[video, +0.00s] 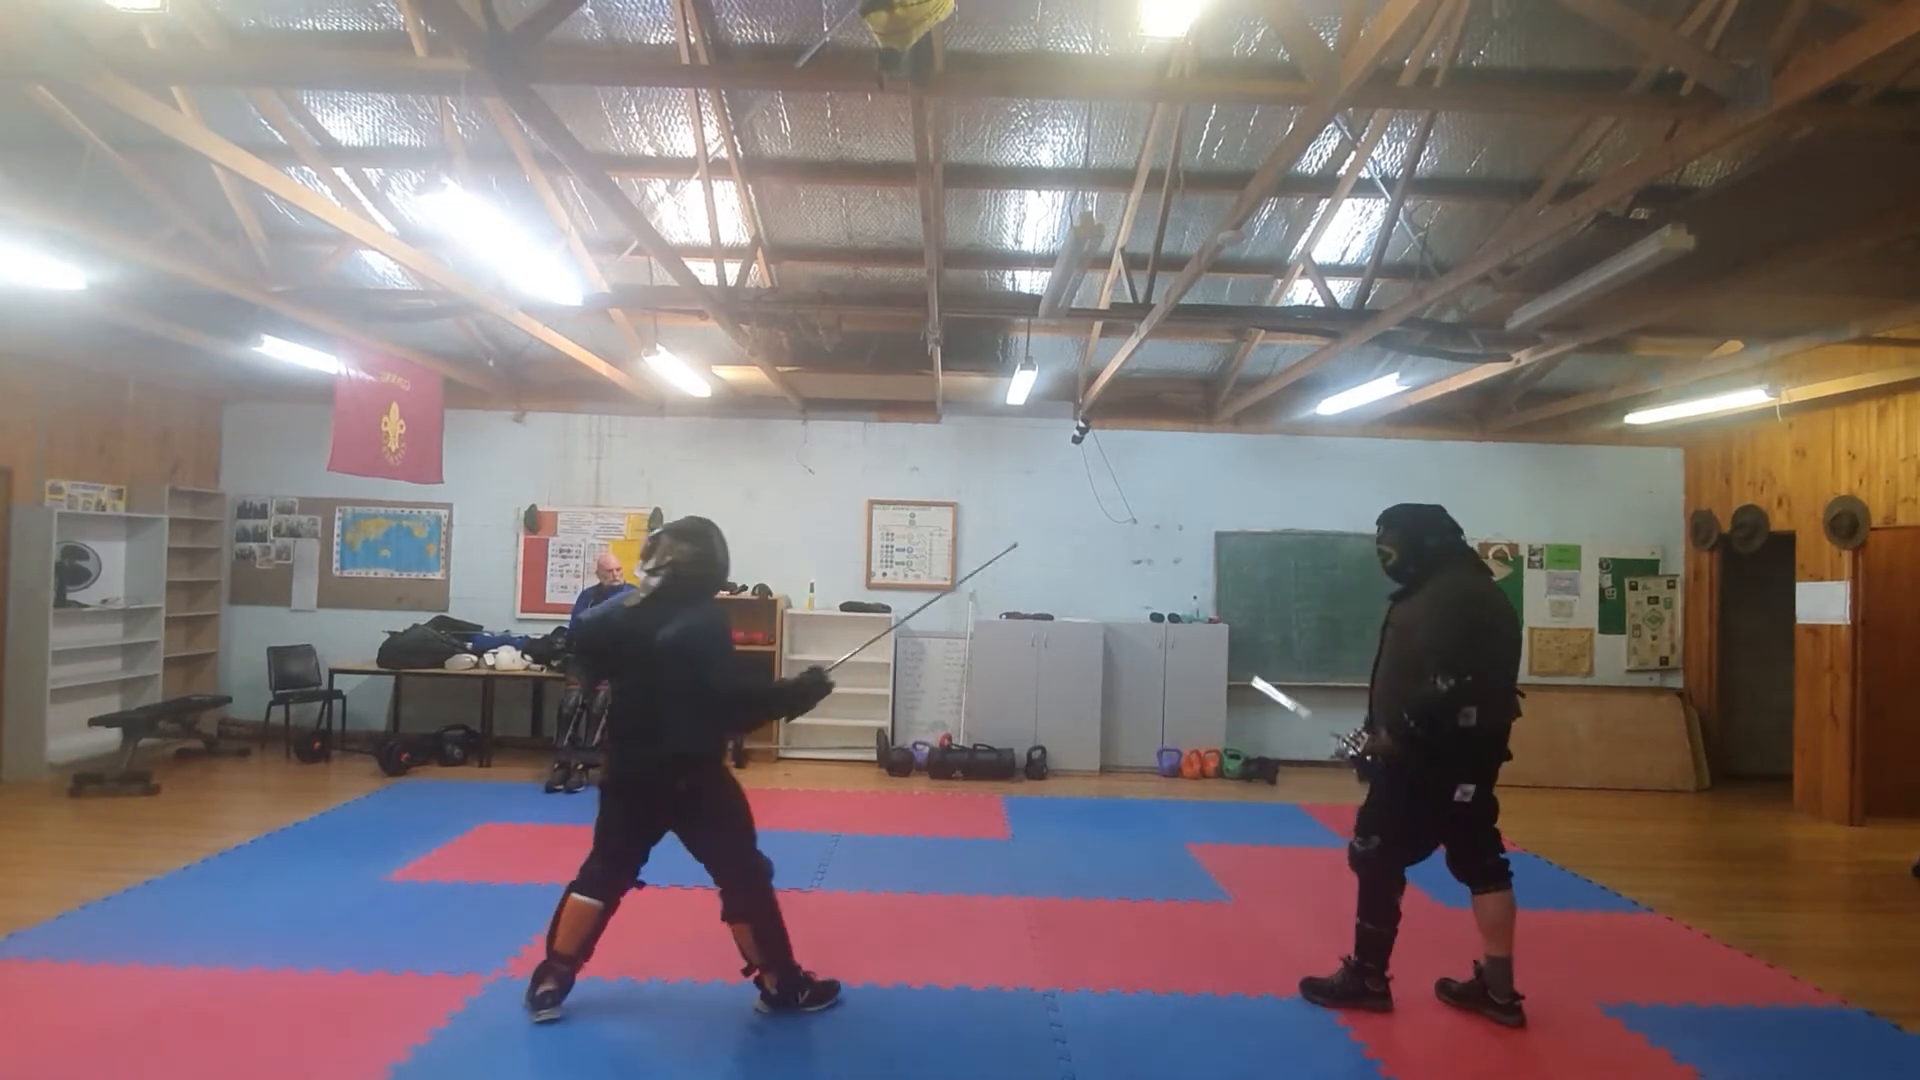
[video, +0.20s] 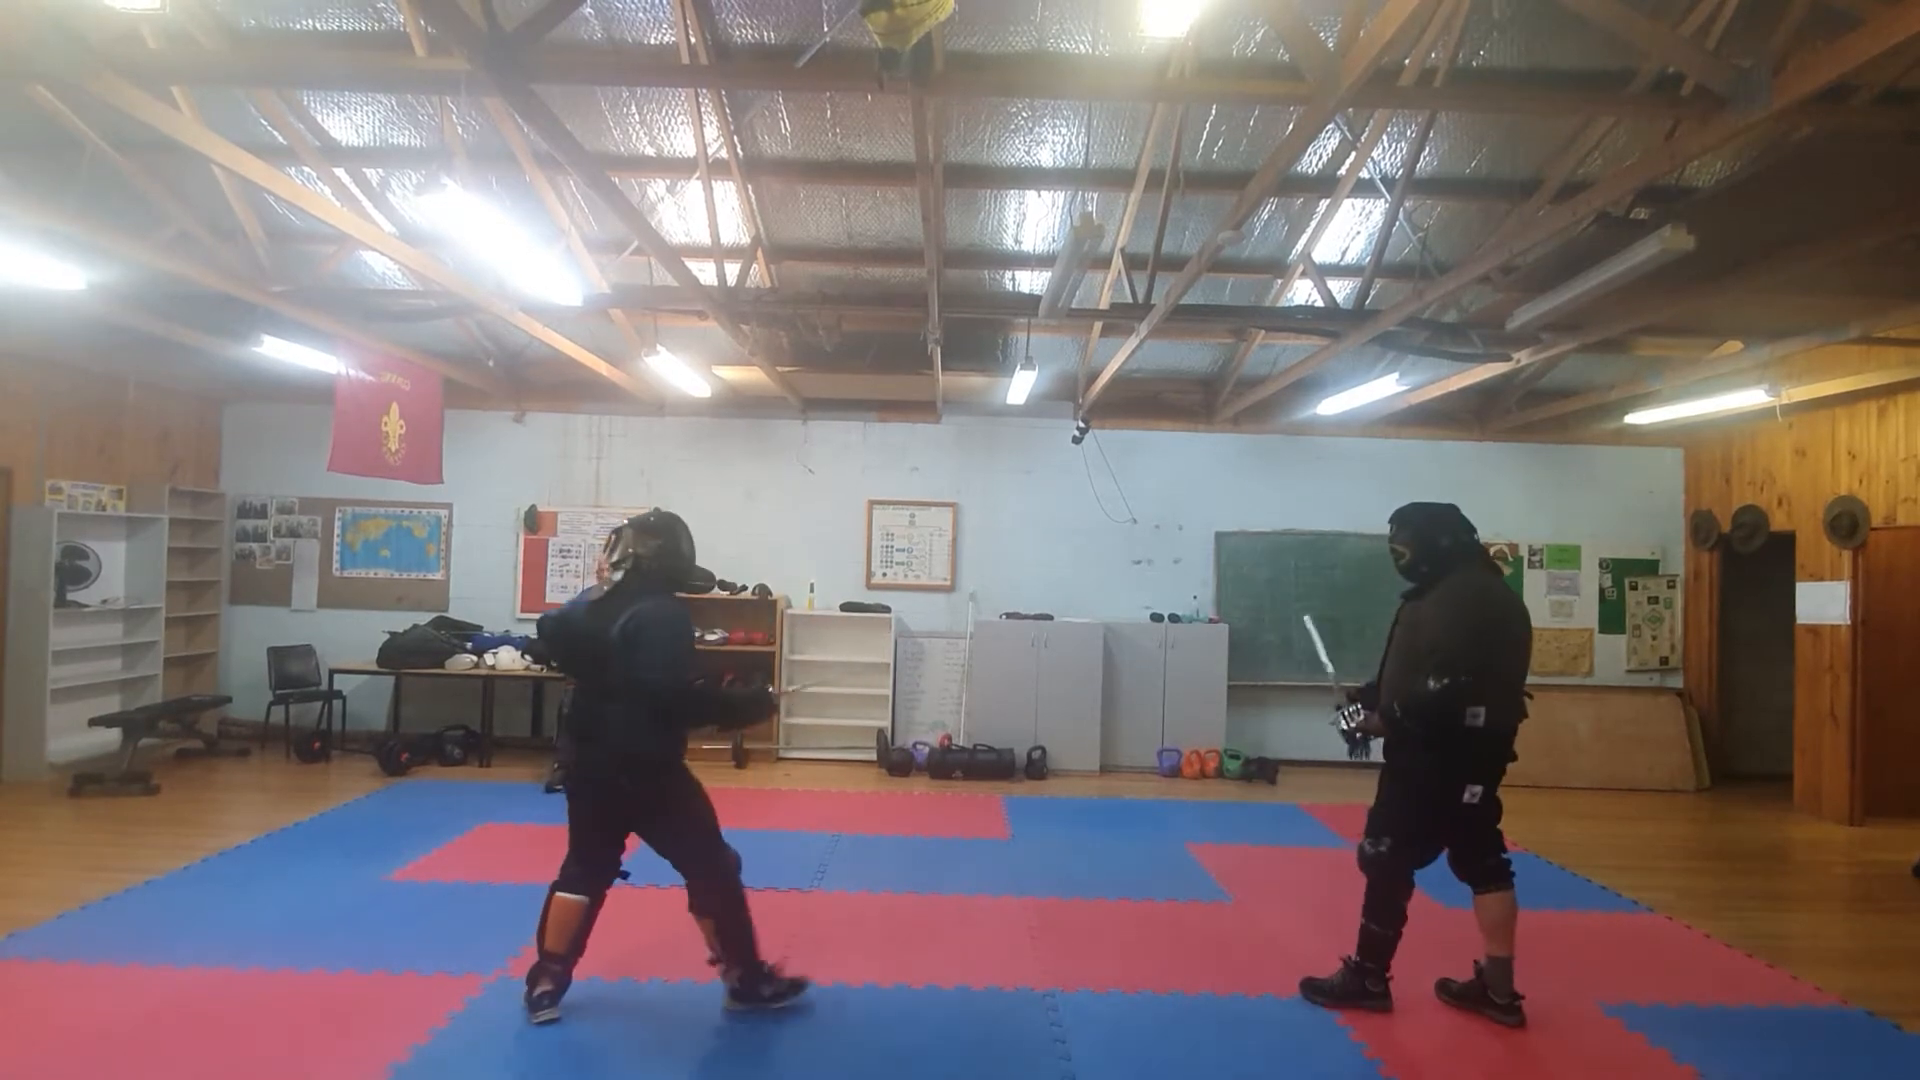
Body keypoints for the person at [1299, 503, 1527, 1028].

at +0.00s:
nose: (1384, 561)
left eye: (1390, 550)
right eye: (1382, 551)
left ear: (1421, 542)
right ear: (1433, 540)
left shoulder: (1446, 597)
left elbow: (1474, 693)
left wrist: (1397, 736)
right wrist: (1377, 733)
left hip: (1416, 763)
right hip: (1469, 764)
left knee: (1377, 857)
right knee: (1483, 864)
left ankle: (1367, 976)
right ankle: (1497, 985)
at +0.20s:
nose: (1399, 561)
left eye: (1405, 550)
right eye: (1396, 551)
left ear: (1436, 544)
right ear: (1446, 541)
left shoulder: (1469, 601)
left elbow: (1462, 697)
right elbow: (1414, 669)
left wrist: (1389, 720)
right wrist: (1371, 695)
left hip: (1428, 761)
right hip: (1476, 760)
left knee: (1386, 856)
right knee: (1483, 862)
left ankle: (1368, 975)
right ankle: (1498, 986)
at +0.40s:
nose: (1407, 560)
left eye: (1413, 549)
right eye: (1405, 550)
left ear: (1444, 543)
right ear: (1453, 542)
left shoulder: (1464, 599)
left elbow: (1448, 689)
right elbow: (1430, 668)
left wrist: (1384, 704)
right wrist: (1377, 682)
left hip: (1432, 763)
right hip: (1478, 762)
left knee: (1394, 860)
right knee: (1484, 863)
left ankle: (1369, 975)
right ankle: (1497, 986)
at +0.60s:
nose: (1411, 560)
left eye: (1417, 549)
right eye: (1408, 549)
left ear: (1449, 543)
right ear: (1458, 543)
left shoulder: (1463, 599)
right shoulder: (1500, 593)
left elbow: (1444, 689)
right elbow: (1438, 670)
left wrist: (1381, 694)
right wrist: (1380, 677)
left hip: (1434, 763)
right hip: (1480, 762)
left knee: (1397, 861)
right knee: (1485, 864)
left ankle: (1369, 975)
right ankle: (1497, 986)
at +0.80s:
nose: (1414, 560)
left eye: (1420, 549)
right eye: (1412, 550)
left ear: (1451, 542)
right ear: (1465, 541)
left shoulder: (1463, 600)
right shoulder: (1507, 596)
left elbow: (1445, 695)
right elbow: (1443, 669)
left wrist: (1382, 696)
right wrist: (1383, 674)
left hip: (1433, 763)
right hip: (1481, 763)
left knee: (1399, 863)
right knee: (1486, 865)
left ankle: (1369, 976)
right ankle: (1498, 986)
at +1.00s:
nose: (1416, 559)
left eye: (1422, 547)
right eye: (1413, 549)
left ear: (1455, 542)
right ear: (1466, 542)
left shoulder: (1470, 599)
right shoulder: (1503, 594)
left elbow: (1449, 689)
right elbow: (1426, 660)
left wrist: (1379, 708)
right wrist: (1374, 681)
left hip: (1435, 761)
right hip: (1483, 762)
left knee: (1398, 861)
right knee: (1487, 864)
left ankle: (1370, 976)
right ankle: (1498, 987)